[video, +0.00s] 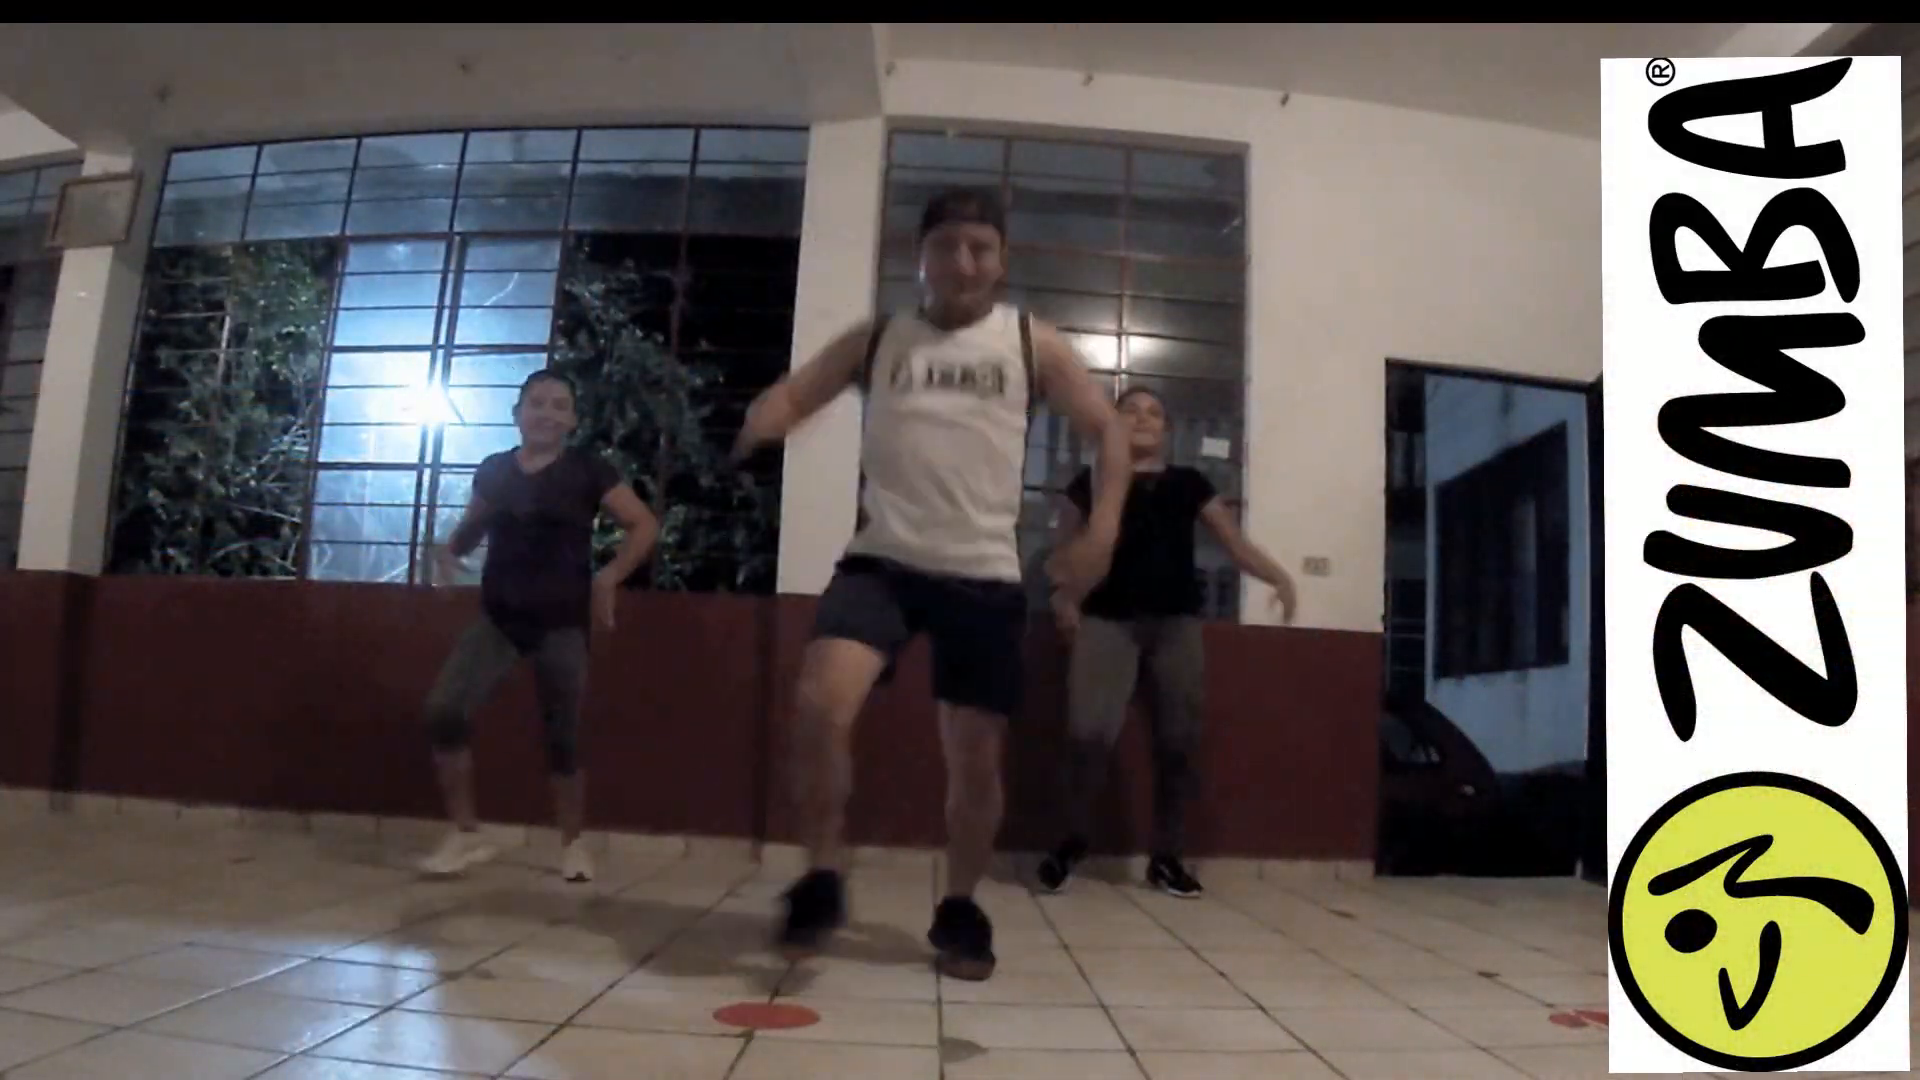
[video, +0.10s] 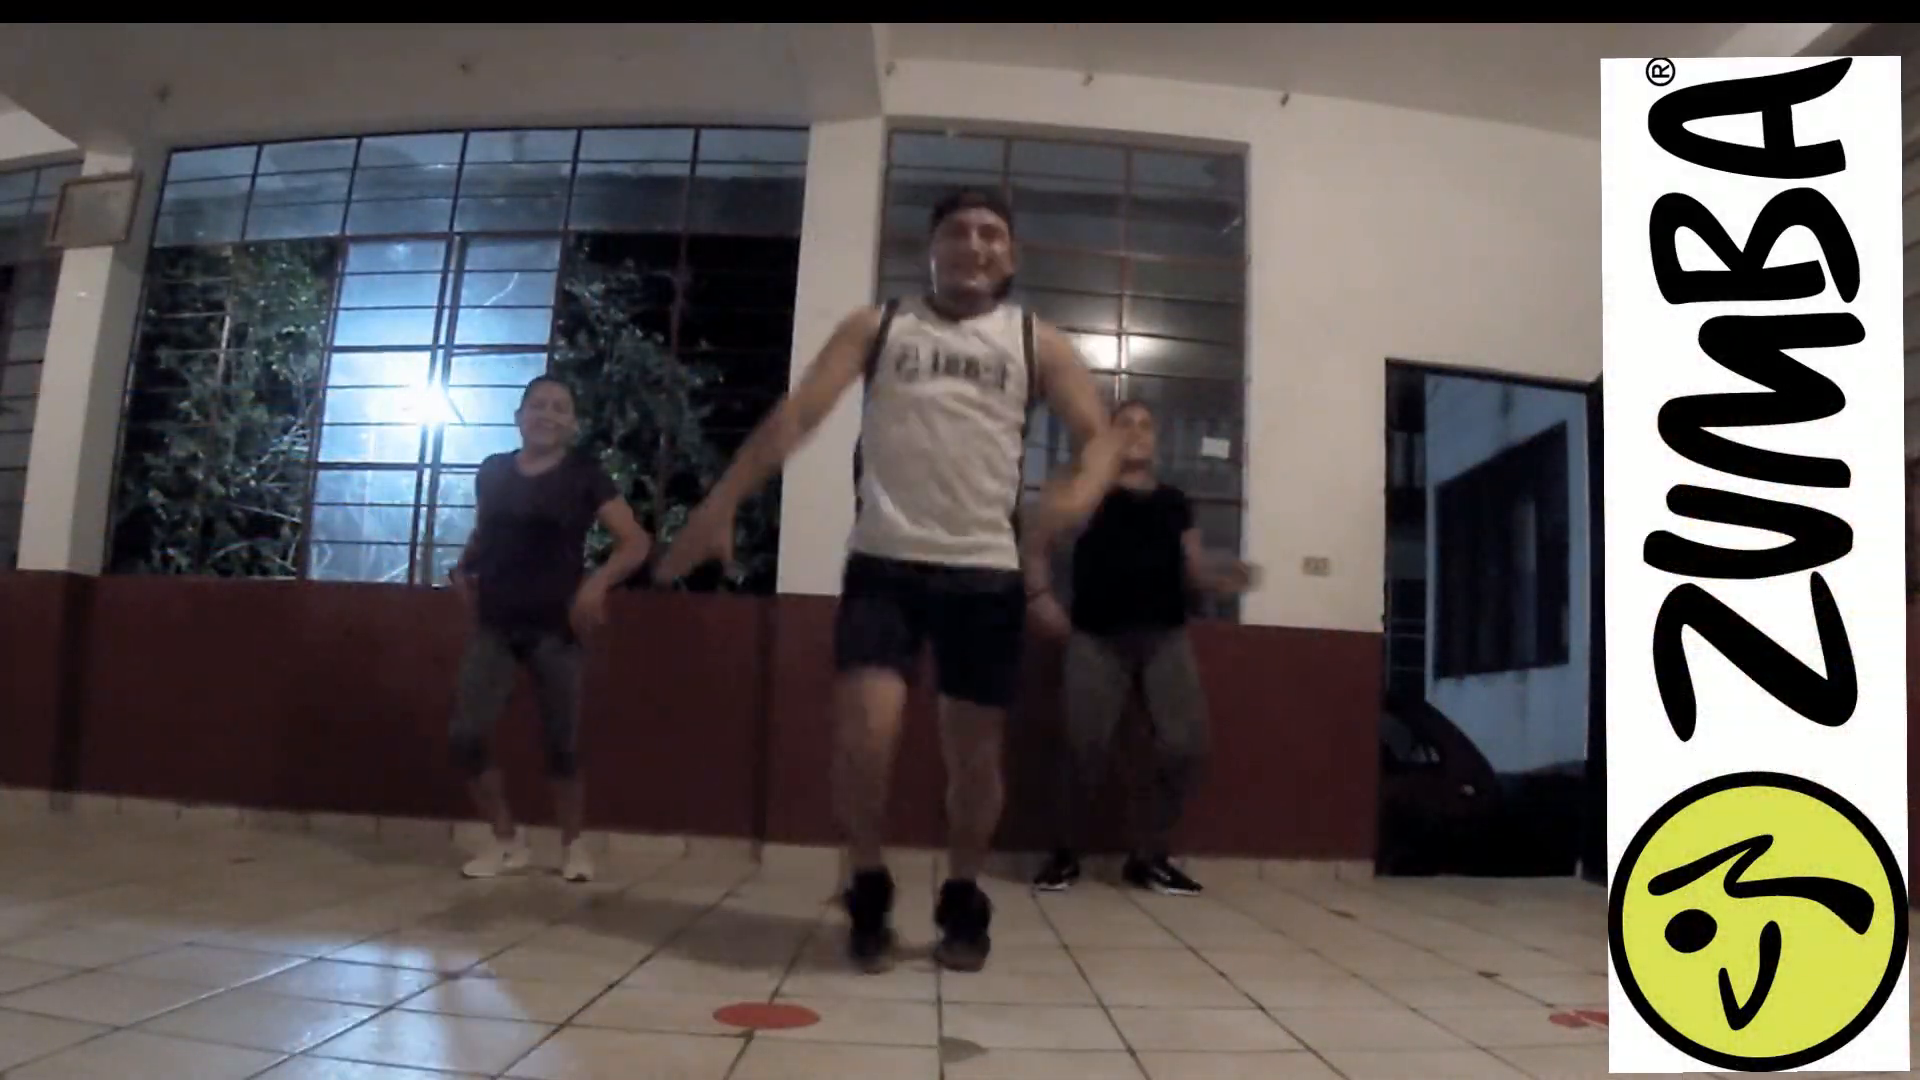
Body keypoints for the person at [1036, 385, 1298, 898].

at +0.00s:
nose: (1143, 420)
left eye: (1152, 414)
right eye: (1133, 413)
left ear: (1166, 429)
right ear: (1114, 426)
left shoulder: (1188, 484)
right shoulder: (1095, 483)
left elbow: (1235, 542)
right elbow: (1065, 549)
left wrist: (1282, 579)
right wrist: (1065, 600)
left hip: (1176, 624)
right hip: (1107, 622)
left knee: (1179, 739)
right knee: (1088, 735)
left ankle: (1167, 856)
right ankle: (1069, 845)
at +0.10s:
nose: (1136, 436)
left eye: (1144, 427)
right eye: (1126, 427)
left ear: (1155, 439)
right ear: (1108, 438)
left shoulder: (1172, 503)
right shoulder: (1084, 496)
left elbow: (1194, 570)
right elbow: (1037, 541)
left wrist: (1230, 576)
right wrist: (1042, 597)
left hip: (1164, 639)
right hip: (1095, 637)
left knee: (1182, 743)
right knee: (1083, 746)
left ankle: (1150, 855)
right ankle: (1066, 854)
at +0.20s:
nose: (1130, 451)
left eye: (1140, 445)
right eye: (1120, 444)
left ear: (1153, 459)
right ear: (1103, 456)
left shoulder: (1167, 521)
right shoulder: (1080, 515)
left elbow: (1191, 600)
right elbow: (1019, 563)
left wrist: (1177, 557)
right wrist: (1031, 623)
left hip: (1155, 655)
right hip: (1087, 653)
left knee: (1204, 740)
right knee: (1078, 754)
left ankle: (1164, 838)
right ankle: (1064, 855)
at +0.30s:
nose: (1130, 444)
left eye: (1139, 437)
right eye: (1119, 436)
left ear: (1152, 451)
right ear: (1102, 449)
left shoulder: (1173, 507)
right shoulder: (1079, 503)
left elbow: (1220, 555)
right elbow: (1030, 564)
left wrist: (1203, 490)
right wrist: (1047, 610)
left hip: (1158, 648)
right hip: (1092, 649)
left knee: (1220, 724)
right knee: (1077, 751)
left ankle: (1191, 849)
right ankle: (1063, 855)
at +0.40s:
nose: (1134, 424)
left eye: (1143, 417)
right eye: (1124, 418)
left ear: (1160, 430)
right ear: (1110, 434)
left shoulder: (1184, 485)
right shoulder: (1090, 491)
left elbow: (1254, 462)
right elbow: (1065, 555)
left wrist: (1254, 387)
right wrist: (1068, 601)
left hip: (1176, 624)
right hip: (1106, 625)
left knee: (1221, 725)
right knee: (1077, 724)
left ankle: (1250, 864)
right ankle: (1062, 849)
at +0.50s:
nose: (1147, 424)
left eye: (1157, 417)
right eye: (1135, 419)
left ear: (1174, 429)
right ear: (1120, 435)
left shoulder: (1203, 475)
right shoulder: (1108, 496)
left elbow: (1259, 406)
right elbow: (1082, 561)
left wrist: (1304, 330)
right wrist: (1085, 608)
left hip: (1196, 623)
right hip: (1121, 625)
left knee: (1235, 735)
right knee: (1094, 738)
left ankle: (1266, 873)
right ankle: (1073, 855)